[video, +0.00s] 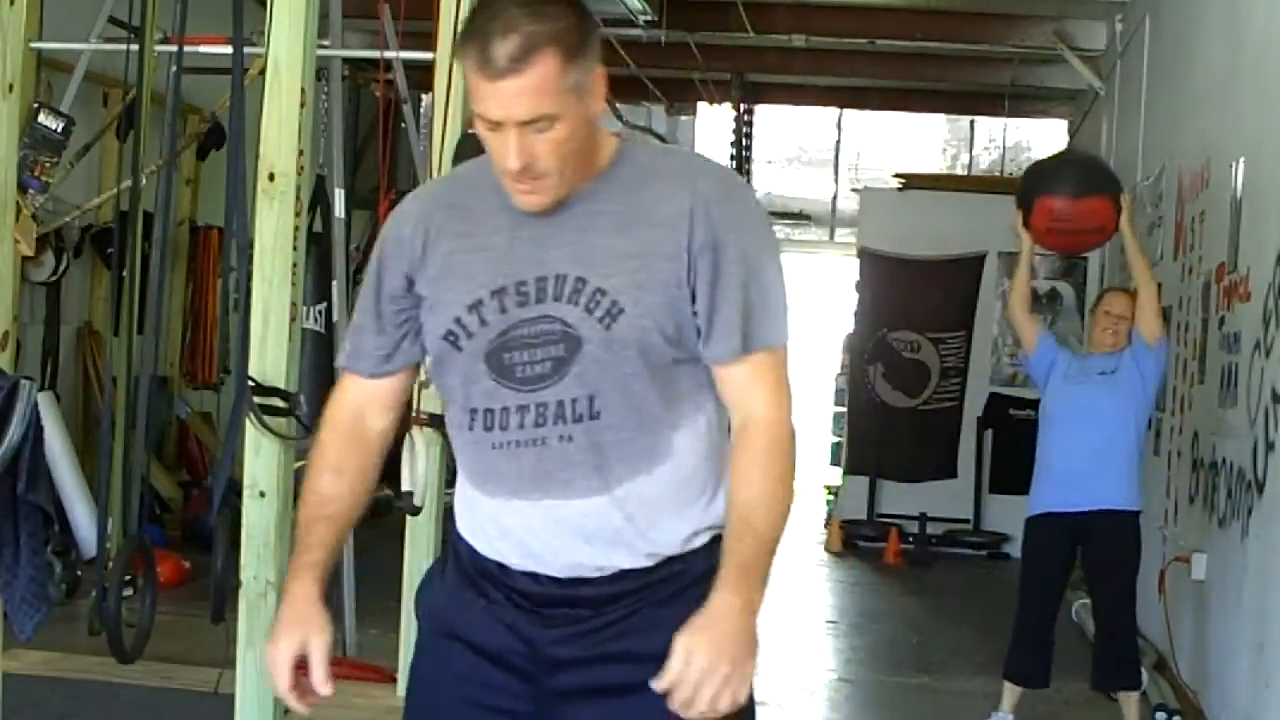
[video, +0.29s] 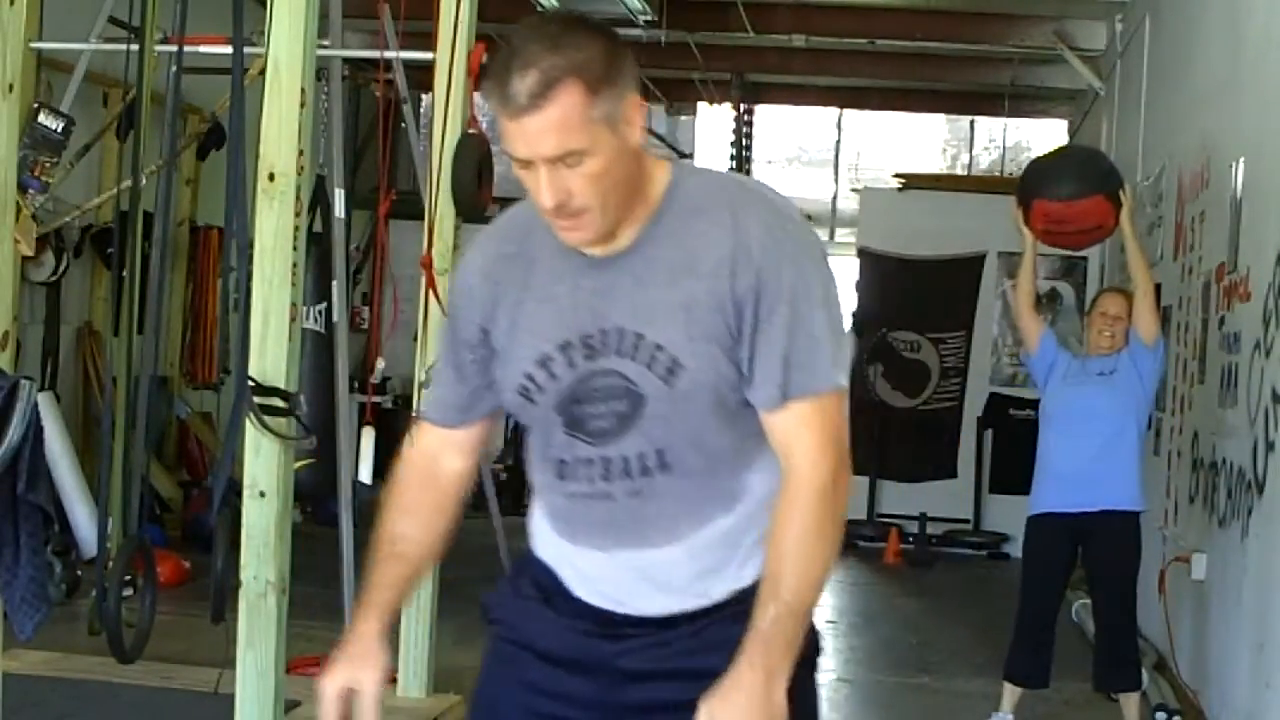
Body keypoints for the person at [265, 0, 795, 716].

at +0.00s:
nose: (515, 159)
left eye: (541, 125)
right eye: (490, 126)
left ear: (598, 91)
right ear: (470, 105)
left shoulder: (706, 208)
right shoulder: (423, 226)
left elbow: (762, 419)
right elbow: (362, 409)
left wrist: (735, 606)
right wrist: (304, 584)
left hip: (657, 621)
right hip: (479, 617)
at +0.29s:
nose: (550, 196)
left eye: (572, 160)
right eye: (525, 166)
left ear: (635, 120)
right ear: (504, 147)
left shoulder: (757, 238)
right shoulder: (494, 268)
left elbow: (817, 467)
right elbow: (441, 447)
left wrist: (759, 675)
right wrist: (367, 627)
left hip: (728, 636)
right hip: (555, 629)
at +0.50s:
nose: (577, 225)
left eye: (601, 191)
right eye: (553, 196)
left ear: (666, 151)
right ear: (535, 173)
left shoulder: (782, 265)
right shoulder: (528, 277)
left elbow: (830, 508)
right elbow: (490, 471)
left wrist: (772, 707)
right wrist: (439, 662)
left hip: (760, 630)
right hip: (592, 620)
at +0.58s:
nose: (564, 264)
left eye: (590, 230)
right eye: (544, 232)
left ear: (661, 188)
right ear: (526, 204)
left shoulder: (768, 293)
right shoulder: (515, 301)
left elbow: (815, 544)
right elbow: (489, 496)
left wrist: (765, 711)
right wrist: (452, 689)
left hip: (758, 633)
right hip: (597, 622)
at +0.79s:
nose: (510, 439)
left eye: (538, 403)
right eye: (493, 406)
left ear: (609, 355)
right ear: (472, 381)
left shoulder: (722, 410)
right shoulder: (457, 429)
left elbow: (750, 685)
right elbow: (455, 643)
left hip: (751, 639)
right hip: (576, 633)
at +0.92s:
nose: (488, 589)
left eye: (509, 554)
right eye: (471, 559)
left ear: (579, 493)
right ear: (444, 529)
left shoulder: (694, 542)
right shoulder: (428, 536)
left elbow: (711, 707)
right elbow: (438, 709)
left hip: (751, 625)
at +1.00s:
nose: (483, 659)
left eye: (505, 624)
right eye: (464, 627)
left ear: (572, 555)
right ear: (432, 587)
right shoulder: (420, 584)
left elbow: (704, 706)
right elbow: (425, 711)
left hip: (758, 598)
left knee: (796, 711)